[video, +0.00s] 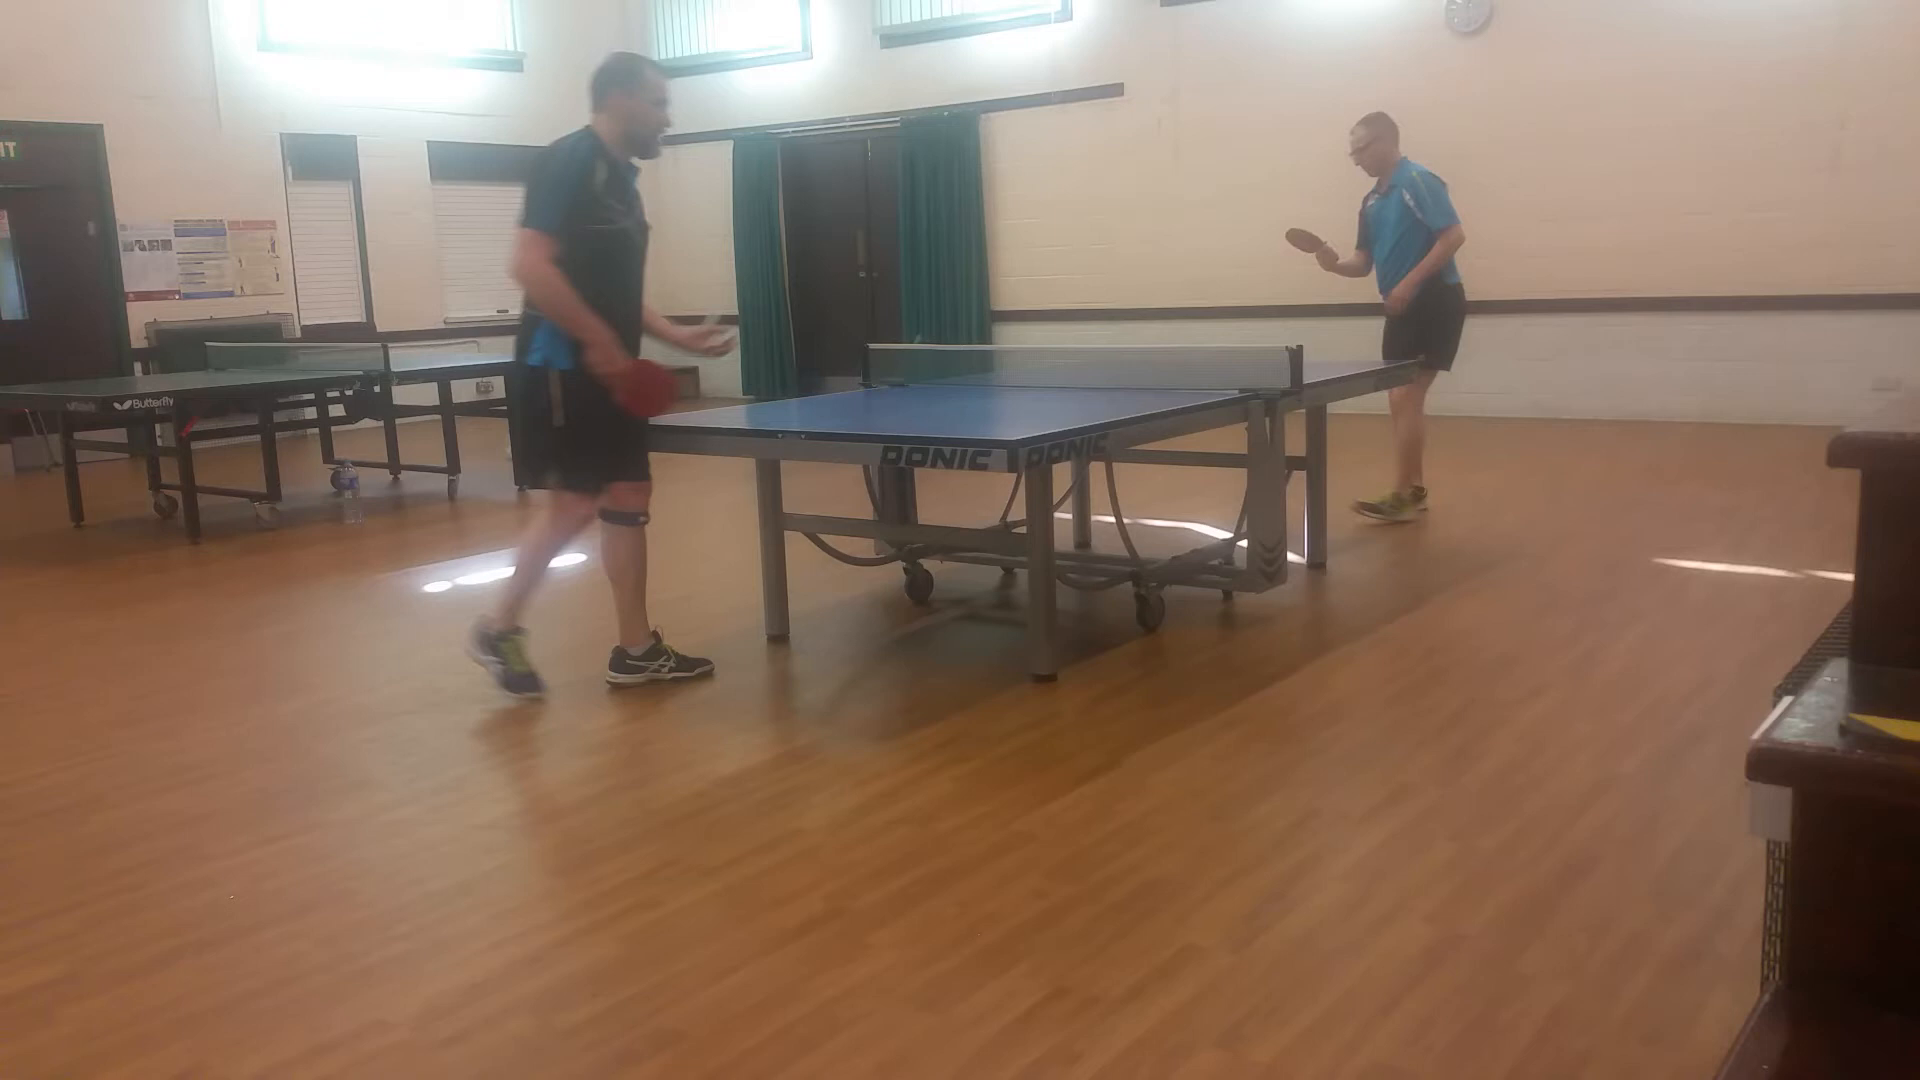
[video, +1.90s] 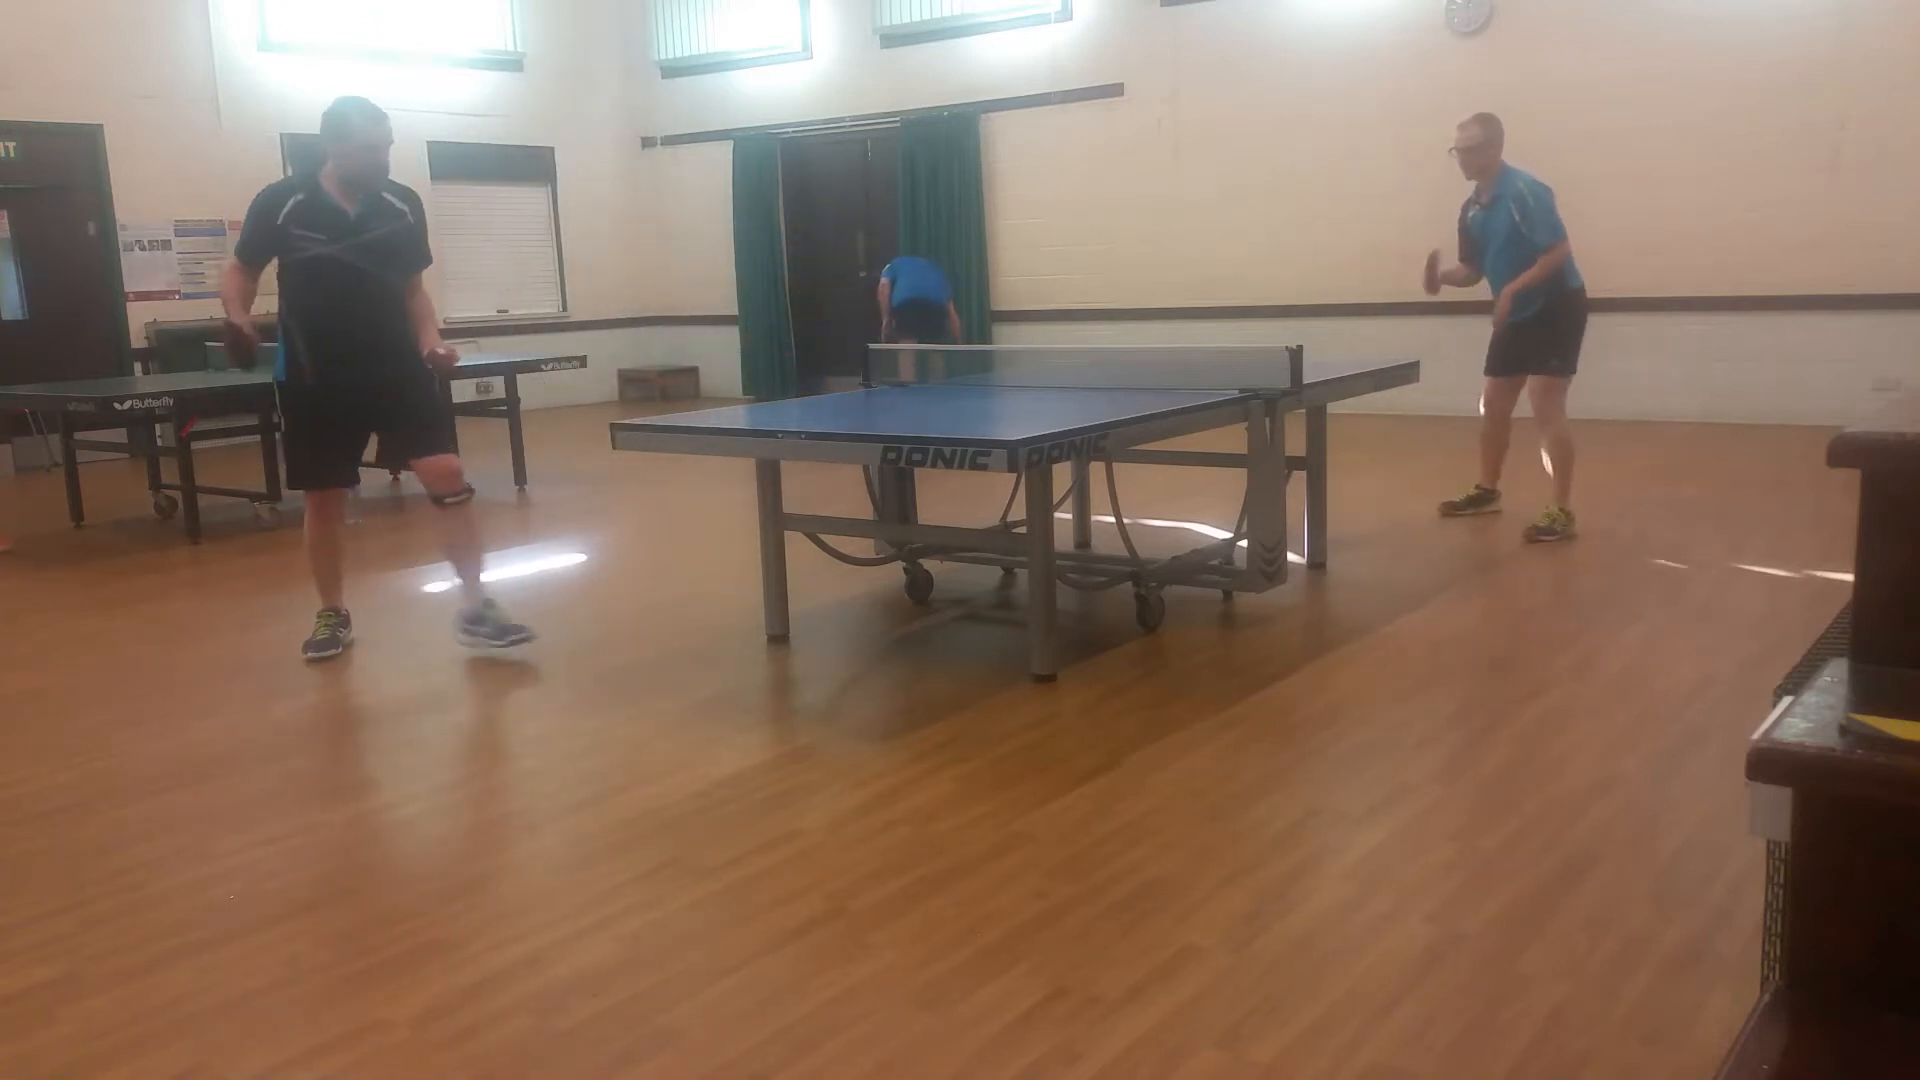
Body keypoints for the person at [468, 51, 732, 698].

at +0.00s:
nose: (666, 118)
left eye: (666, 106)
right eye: (657, 105)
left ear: (628, 106)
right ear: (615, 102)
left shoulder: (620, 176)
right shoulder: (567, 161)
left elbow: (615, 286)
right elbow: (530, 264)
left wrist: (674, 332)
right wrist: (597, 337)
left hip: (607, 362)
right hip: (558, 362)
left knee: (627, 495)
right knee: (575, 501)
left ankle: (636, 648)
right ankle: (498, 628)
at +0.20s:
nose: (616, 116)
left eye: (614, 104)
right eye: (605, 103)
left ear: (575, 111)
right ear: (564, 109)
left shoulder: (583, 188)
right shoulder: (513, 173)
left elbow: (573, 292)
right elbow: (462, 268)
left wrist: (607, 361)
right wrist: (516, 350)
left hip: (577, 368)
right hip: (518, 370)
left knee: (597, 504)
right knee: (508, 511)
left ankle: (633, 645)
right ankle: (451, 635)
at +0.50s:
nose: (521, 113)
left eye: (519, 102)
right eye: (507, 103)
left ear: (502, 113)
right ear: (467, 111)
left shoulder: (507, 188)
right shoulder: (422, 179)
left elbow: (493, 282)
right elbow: (375, 283)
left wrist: (530, 327)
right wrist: (430, 358)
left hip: (504, 360)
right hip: (442, 366)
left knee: (548, 481)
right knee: (455, 504)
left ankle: (542, 628)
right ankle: (450, 646)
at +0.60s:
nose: (496, 114)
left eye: (493, 103)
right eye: (482, 104)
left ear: (465, 113)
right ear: (442, 113)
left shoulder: (489, 186)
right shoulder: (394, 181)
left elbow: (482, 279)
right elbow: (354, 282)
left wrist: (525, 322)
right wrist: (421, 346)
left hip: (491, 365)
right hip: (427, 371)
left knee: (526, 487)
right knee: (445, 508)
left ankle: (489, 602)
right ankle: (447, 646)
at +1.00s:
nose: (430, 149)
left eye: (436, 138)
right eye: (417, 138)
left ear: (442, 136)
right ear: (384, 135)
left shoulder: (449, 200)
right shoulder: (341, 200)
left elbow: (468, 280)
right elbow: (315, 294)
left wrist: (485, 308)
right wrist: (385, 314)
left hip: (439, 364)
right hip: (379, 368)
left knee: (425, 497)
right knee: (398, 496)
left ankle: (394, 610)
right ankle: (430, 628)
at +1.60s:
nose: (378, 148)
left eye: (383, 136)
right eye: (366, 137)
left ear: (388, 134)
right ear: (331, 134)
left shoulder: (399, 198)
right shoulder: (284, 195)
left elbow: (421, 284)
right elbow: (242, 275)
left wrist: (459, 330)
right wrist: (297, 299)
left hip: (394, 369)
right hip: (319, 374)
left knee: (412, 493)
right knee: (325, 495)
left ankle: (399, 607)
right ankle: (329, 612)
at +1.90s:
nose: (385, 159)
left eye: (387, 148)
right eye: (374, 148)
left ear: (387, 146)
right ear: (333, 147)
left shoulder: (402, 204)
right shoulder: (279, 204)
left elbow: (413, 285)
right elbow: (241, 271)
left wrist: (432, 339)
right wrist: (238, 316)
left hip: (398, 370)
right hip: (318, 379)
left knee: (446, 475)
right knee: (324, 497)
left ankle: (476, 607)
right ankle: (331, 614)